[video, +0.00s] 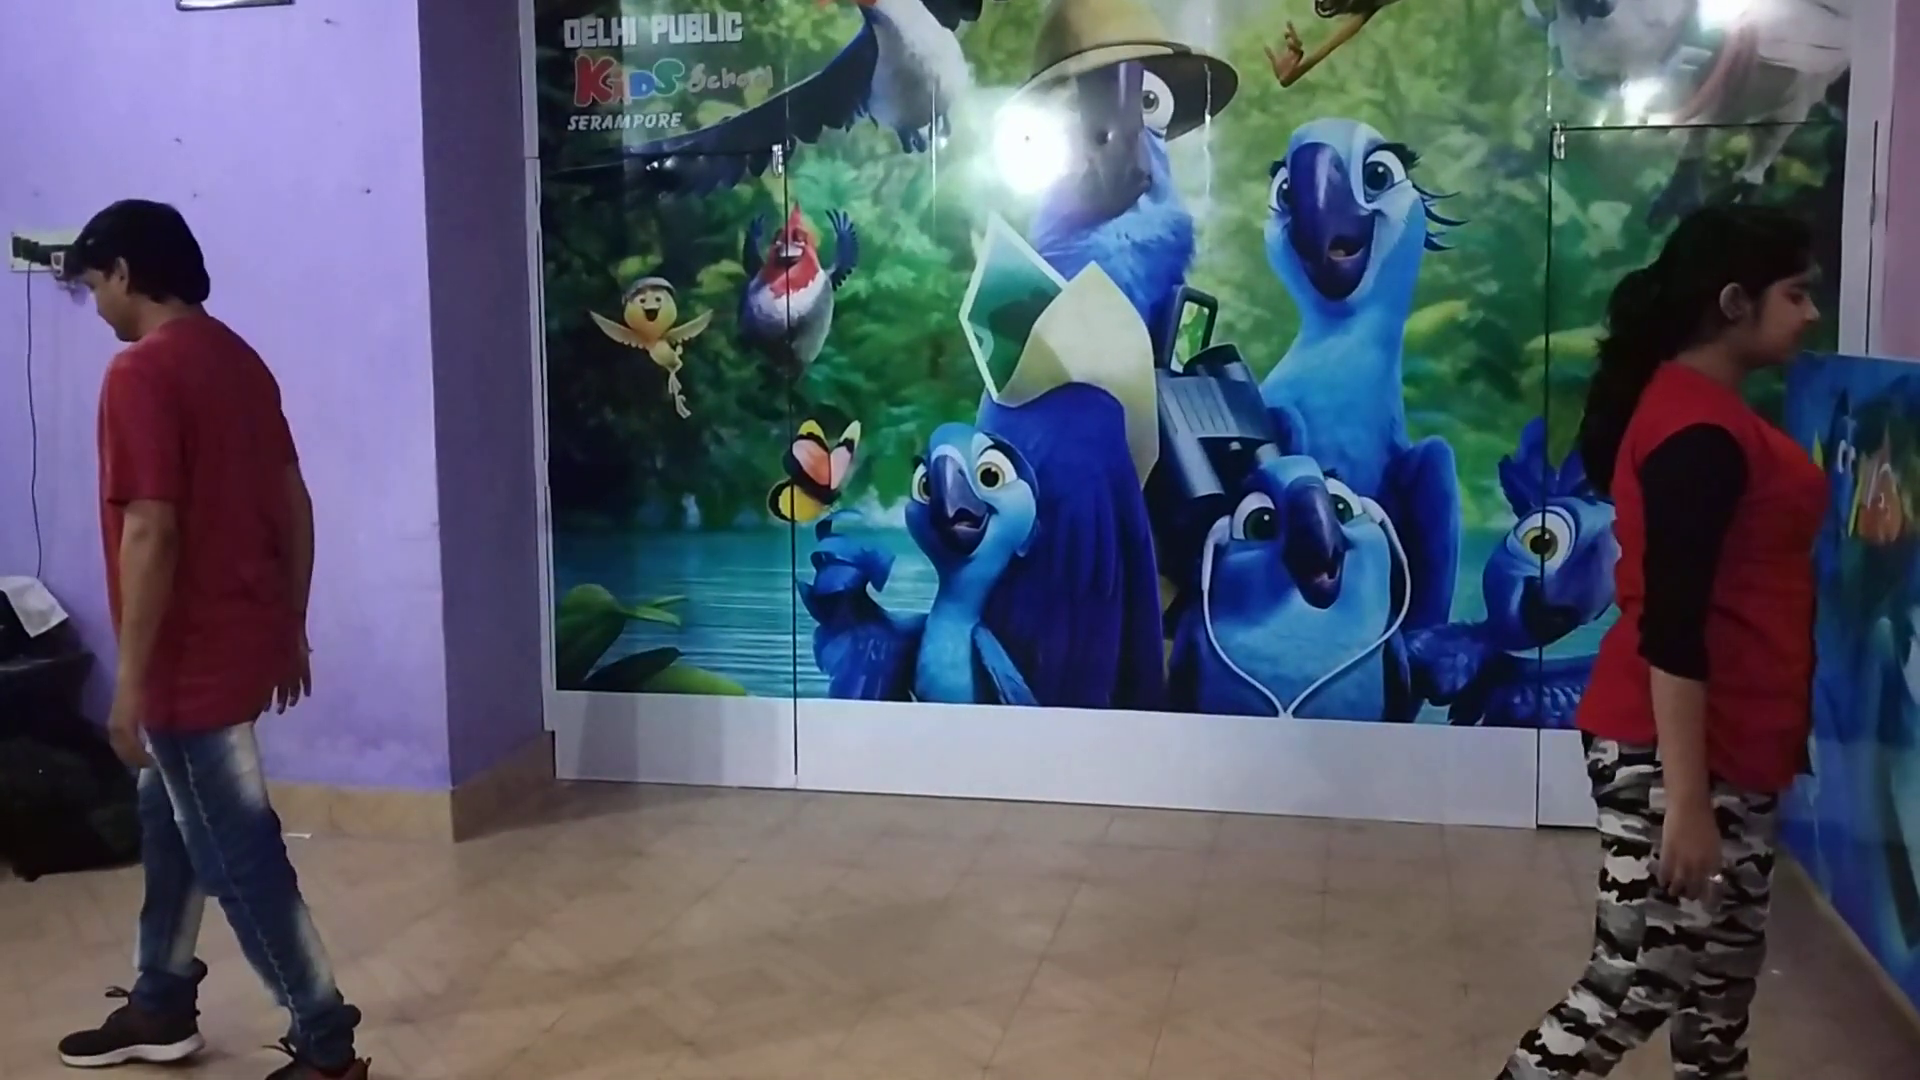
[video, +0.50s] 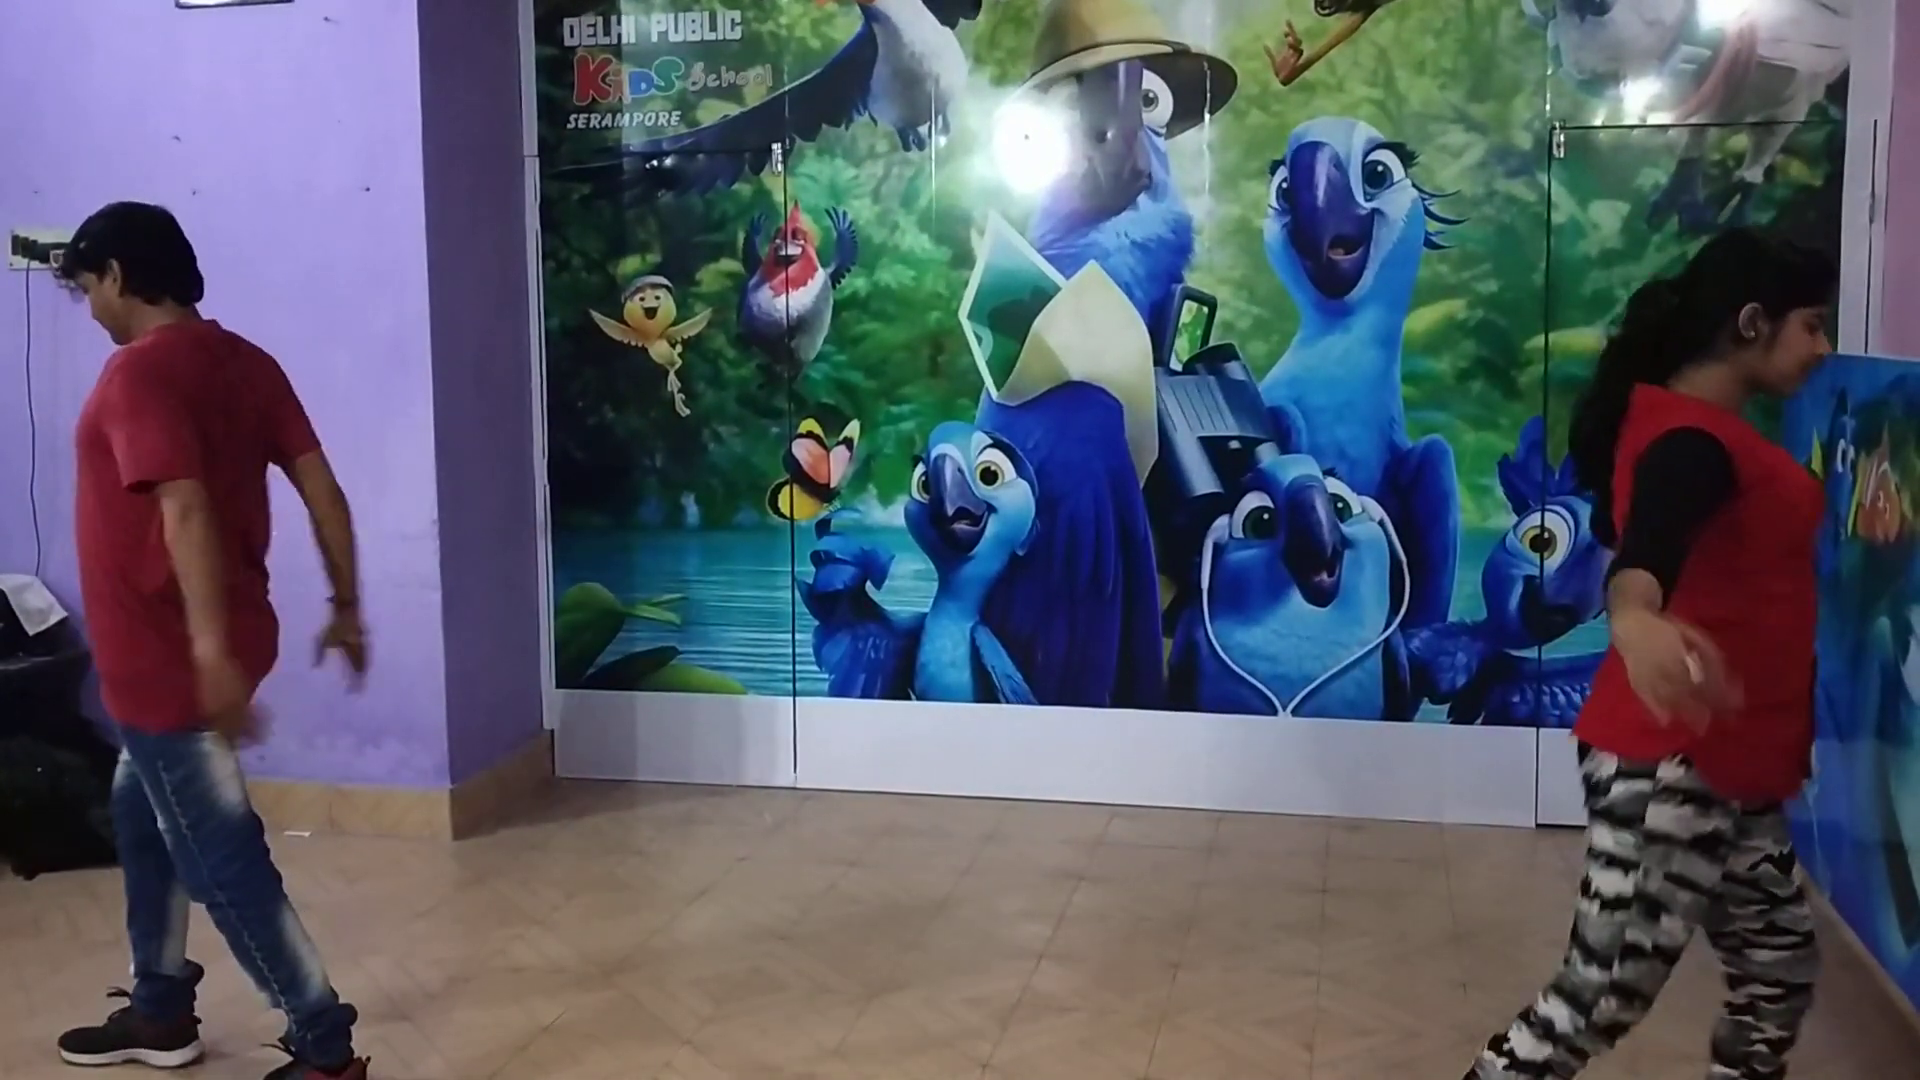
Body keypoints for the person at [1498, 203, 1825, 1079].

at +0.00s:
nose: (1810, 313)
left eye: (1809, 294)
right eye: (1797, 294)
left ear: (1731, 303)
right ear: (1733, 301)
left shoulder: (1714, 410)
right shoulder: (1694, 429)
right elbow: (1671, 630)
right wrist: (1687, 802)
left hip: (1724, 748)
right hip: (1672, 752)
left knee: (1719, 992)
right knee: (1627, 987)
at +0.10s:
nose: (1819, 316)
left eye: (1819, 297)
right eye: (1807, 297)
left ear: (1744, 304)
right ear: (1744, 301)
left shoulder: (1721, 413)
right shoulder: (1700, 430)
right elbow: (1671, 627)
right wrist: (1688, 798)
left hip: (1735, 752)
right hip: (1674, 756)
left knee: (1730, 989)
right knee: (1617, 985)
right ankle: (1516, 1074)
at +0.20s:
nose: (1822, 321)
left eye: (1823, 301)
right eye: (1809, 300)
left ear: (1750, 307)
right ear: (1749, 303)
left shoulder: (1717, 412)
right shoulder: (1700, 429)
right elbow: (1665, 619)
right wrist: (1683, 787)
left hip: (1735, 753)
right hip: (1674, 757)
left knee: (1735, 980)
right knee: (1609, 984)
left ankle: (1717, 1075)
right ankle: (1508, 1072)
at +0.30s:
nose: (1822, 330)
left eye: (1823, 309)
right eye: (1810, 307)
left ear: (1748, 310)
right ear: (1749, 307)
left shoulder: (1714, 417)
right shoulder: (1690, 429)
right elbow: (1656, 605)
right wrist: (1673, 758)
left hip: (1737, 756)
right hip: (1676, 757)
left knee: (1737, 985)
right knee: (1607, 983)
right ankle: (1506, 1072)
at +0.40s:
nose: (1819, 347)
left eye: (1822, 327)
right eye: (1810, 324)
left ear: (1746, 318)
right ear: (1750, 316)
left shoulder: (1717, 427)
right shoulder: (1672, 428)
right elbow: (1640, 581)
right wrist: (1660, 700)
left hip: (1742, 760)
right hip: (1674, 757)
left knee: (1750, 977)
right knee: (1599, 982)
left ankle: (1726, 1074)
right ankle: (1499, 1072)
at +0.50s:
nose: (1823, 350)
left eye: (1826, 330)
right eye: (1814, 327)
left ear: (1750, 326)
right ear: (1753, 322)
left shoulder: (1722, 434)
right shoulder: (1687, 441)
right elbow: (1636, 571)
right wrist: (1640, 629)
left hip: (1729, 768)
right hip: (1665, 764)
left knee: (1779, 970)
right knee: (1599, 996)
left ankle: (1744, 1074)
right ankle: (1496, 1072)